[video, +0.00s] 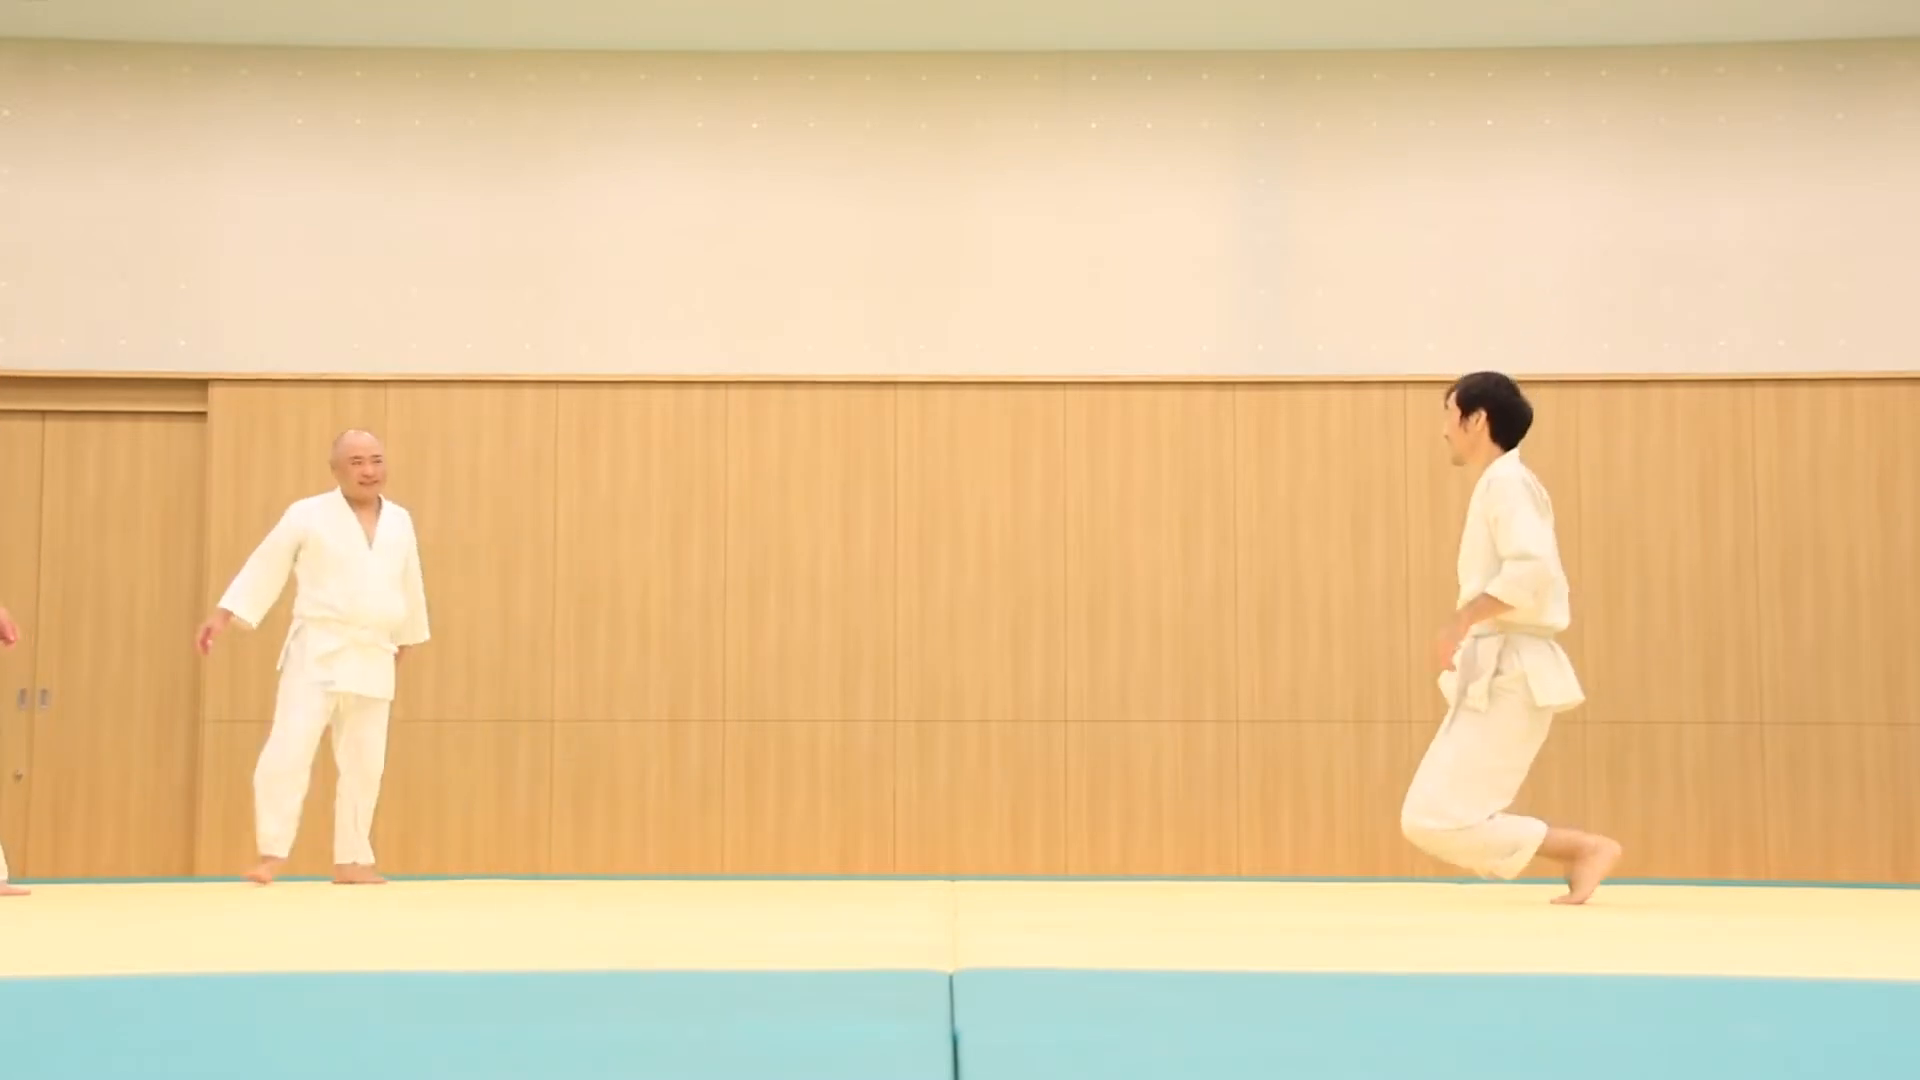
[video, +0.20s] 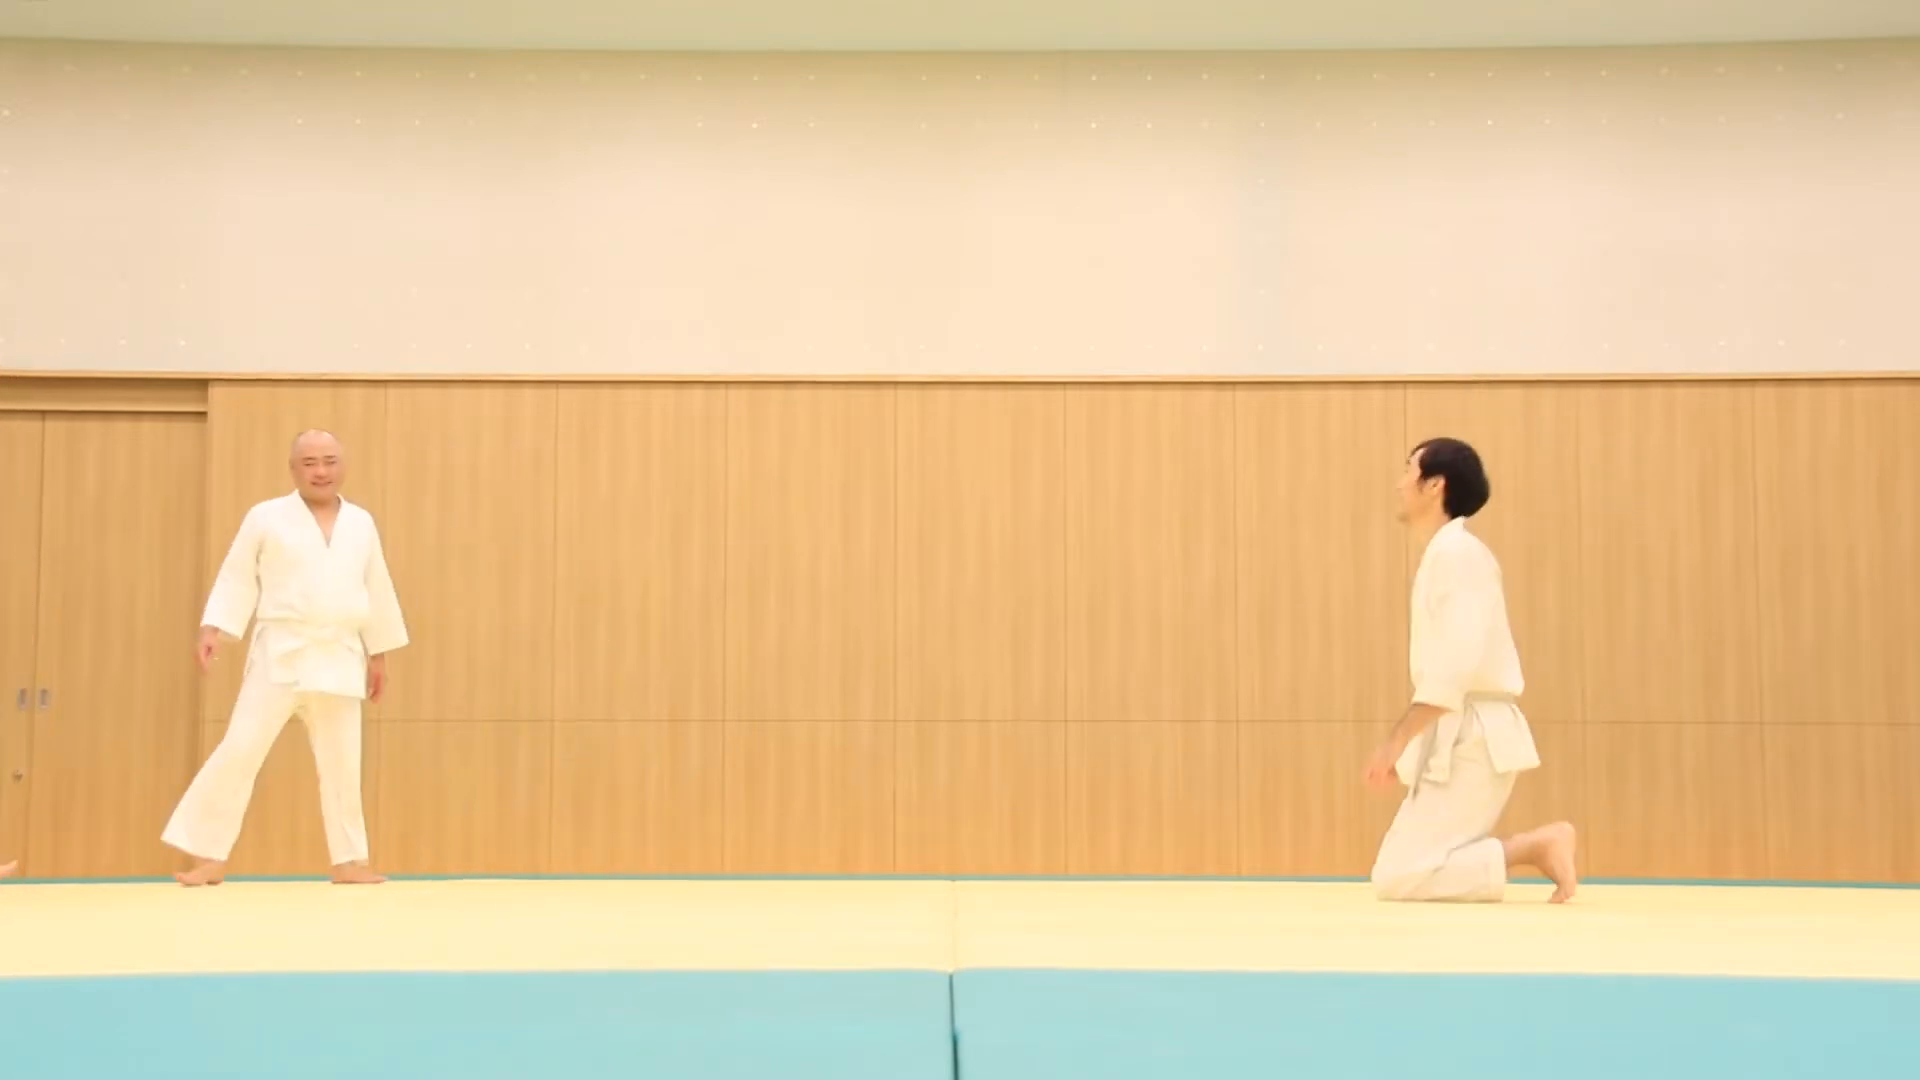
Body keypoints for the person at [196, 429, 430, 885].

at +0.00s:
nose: (368, 470)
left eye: (376, 461)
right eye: (356, 462)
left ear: (386, 466)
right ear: (336, 470)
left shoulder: (399, 521)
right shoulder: (309, 515)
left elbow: (410, 587)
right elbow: (263, 567)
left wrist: (402, 640)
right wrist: (223, 616)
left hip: (372, 655)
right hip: (314, 653)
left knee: (363, 761)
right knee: (288, 751)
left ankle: (352, 862)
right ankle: (272, 855)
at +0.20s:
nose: (321, 471)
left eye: (330, 461)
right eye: (309, 463)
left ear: (343, 467)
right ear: (293, 469)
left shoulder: (360, 522)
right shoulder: (267, 517)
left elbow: (376, 591)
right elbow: (237, 577)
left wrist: (376, 654)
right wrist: (214, 626)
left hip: (339, 656)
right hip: (277, 653)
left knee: (342, 761)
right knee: (241, 751)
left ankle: (350, 863)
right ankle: (210, 861)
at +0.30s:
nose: (291, 471)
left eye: (301, 461)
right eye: (281, 463)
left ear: (315, 467)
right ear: (266, 469)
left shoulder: (336, 523)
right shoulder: (238, 520)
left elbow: (358, 589)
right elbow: (215, 582)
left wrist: (371, 653)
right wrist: (204, 636)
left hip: (313, 659)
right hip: (250, 658)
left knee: (329, 763)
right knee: (224, 757)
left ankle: (345, 863)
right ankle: (208, 865)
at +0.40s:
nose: (259, 472)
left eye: (269, 463)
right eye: (248, 464)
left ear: (286, 468)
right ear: (237, 470)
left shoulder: (312, 522)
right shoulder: (212, 522)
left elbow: (337, 584)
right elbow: (189, 587)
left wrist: (356, 644)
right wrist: (179, 650)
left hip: (285, 659)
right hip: (221, 657)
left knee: (314, 760)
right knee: (204, 760)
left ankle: (338, 862)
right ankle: (205, 864)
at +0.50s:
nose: (231, 472)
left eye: (241, 463)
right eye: (221, 464)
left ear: (262, 468)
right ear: (211, 471)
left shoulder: (291, 521)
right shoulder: (191, 525)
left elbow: (319, 578)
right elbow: (167, 592)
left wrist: (338, 629)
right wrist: (154, 657)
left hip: (262, 662)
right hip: (199, 661)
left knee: (293, 761)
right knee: (192, 765)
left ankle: (313, 858)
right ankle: (204, 866)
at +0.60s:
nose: (208, 469)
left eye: (219, 459)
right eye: (199, 461)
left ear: (242, 464)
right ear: (190, 467)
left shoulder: (271, 515)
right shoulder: (173, 523)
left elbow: (298, 572)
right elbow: (153, 594)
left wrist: (312, 624)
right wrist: (135, 659)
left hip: (244, 658)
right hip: (183, 658)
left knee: (255, 759)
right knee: (186, 762)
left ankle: (265, 858)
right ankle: (203, 864)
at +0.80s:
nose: (169, 467)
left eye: (180, 458)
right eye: (160, 459)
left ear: (203, 462)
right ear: (151, 464)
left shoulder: (230, 511)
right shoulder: (141, 523)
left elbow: (254, 571)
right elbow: (128, 595)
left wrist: (266, 628)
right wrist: (103, 654)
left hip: (206, 648)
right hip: (155, 651)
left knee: (167, 748)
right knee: (174, 754)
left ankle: (143, 859)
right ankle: (204, 865)